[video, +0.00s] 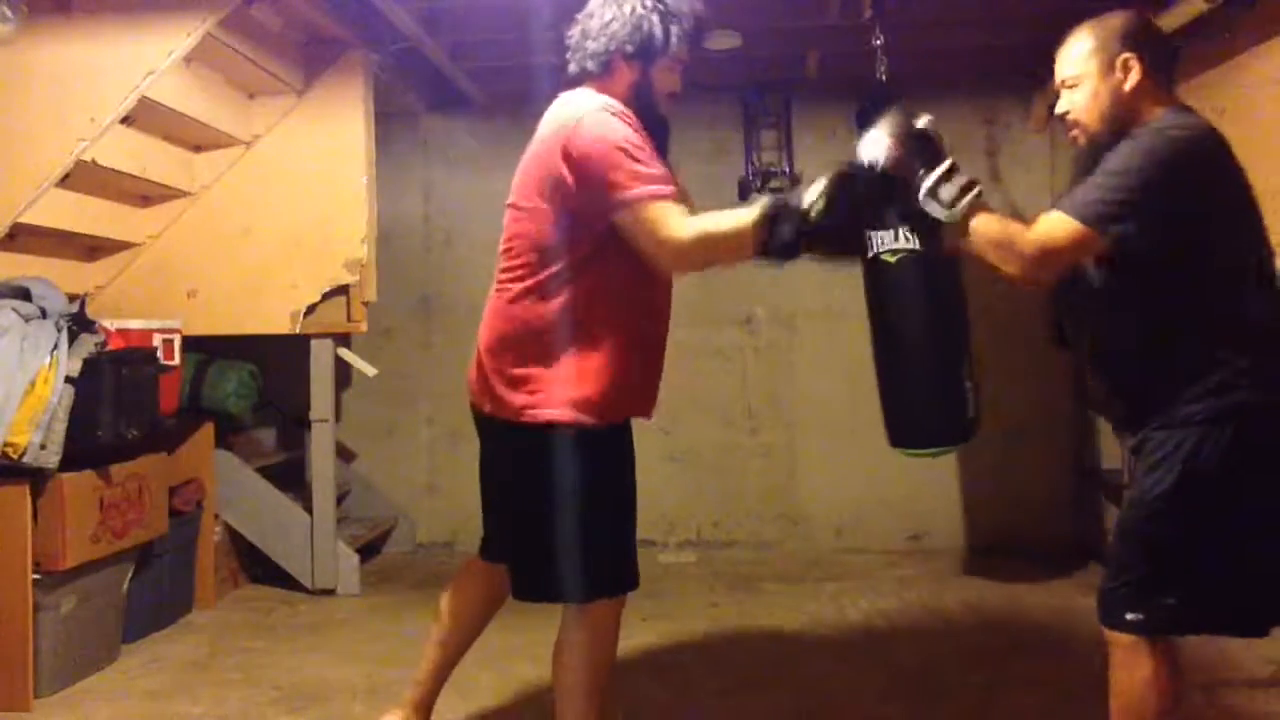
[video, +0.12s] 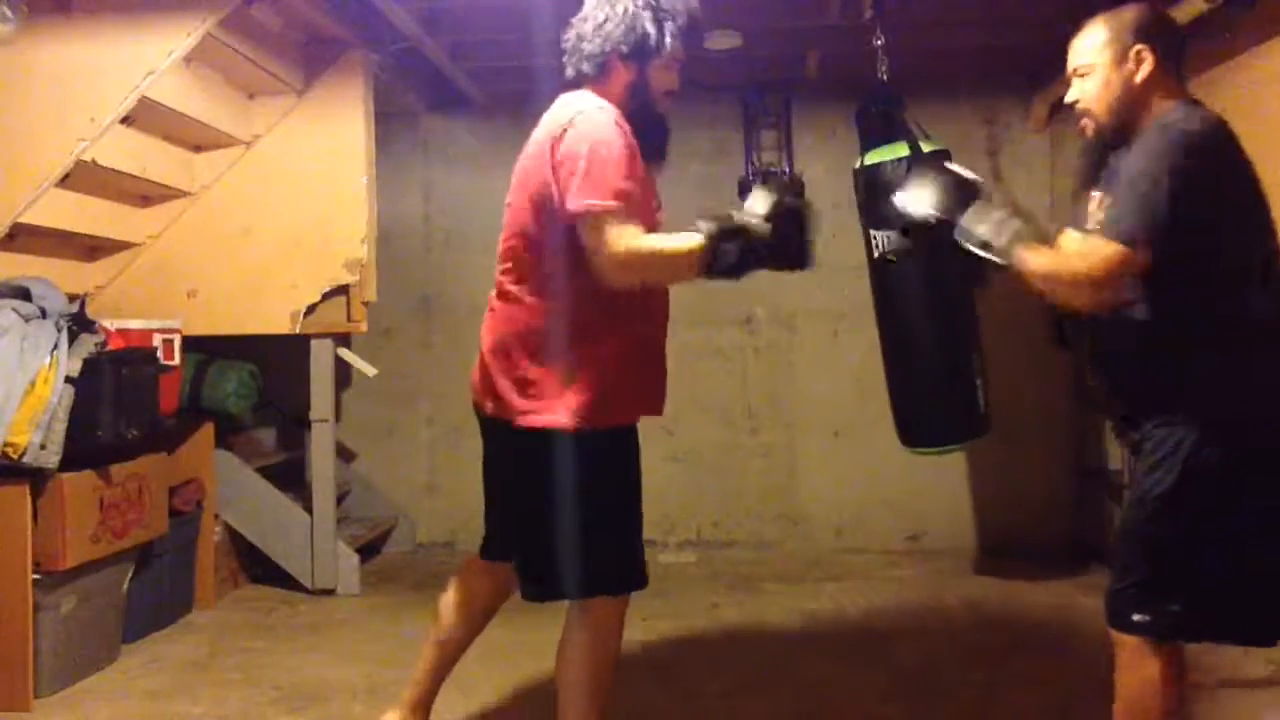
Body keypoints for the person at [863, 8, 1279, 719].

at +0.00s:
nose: (1061, 108)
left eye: (1070, 86)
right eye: (1059, 91)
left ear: (1126, 72)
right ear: (1127, 77)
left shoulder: (1165, 147)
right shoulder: (1151, 146)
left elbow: (1033, 257)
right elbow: (1042, 255)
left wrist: (932, 177)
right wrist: (931, 202)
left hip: (1213, 419)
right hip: (1197, 413)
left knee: (1131, 614)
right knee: (1145, 614)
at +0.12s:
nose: (1073, 94)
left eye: (1083, 73)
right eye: (1072, 77)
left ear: (1138, 64)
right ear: (1137, 69)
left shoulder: (1175, 143)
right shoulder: (1147, 144)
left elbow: (1097, 278)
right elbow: (1084, 254)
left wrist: (986, 224)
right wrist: (986, 214)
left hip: (1202, 423)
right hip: (1175, 417)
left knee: (1138, 617)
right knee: (1154, 618)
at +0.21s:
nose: (1085, 94)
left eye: (1098, 72)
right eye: (1085, 76)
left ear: (1155, 63)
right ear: (1157, 69)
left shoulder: (1190, 144)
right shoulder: (1192, 137)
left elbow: (1149, 295)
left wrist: (1033, 272)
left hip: (1196, 427)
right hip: (1198, 420)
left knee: (1147, 624)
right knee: (1159, 622)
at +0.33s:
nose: (1122, 95)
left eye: (1134, 75)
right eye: (1121, 78)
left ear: (1199, 64)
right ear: (1197, 69)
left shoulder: (1233, 141)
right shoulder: (1217, 142)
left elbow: (1185, 297)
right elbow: (1181, 270)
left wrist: (1091, 260)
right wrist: (1134, 241)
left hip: (1224, 433)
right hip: (1214, 427)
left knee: (1156, 625)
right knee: (1164, 622)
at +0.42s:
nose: (1154, 89)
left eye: (1168, 69)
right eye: (1154, 73)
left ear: (1230, 61)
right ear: (1228, 64)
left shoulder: (1255, 144)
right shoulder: (1235, 148)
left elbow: (1180, 285)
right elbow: (1155, 284)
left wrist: (1116, 182)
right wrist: (1091, 232)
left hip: (1246, 435)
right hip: (1236, 430)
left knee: (1178, 625)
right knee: (1189, 623)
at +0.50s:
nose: (1186, 73)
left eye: (1196, 58)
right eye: (1184, 61)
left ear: (1257, 53)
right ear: (1251, 56)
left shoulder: (1265, 143)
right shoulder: (1240, 146)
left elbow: (1180, 270)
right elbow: (1149, 275)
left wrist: (1149, 150)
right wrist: (1113, 175)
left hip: (1262, 427)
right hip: (1243, 424)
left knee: (1198, 624)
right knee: (1206, 624)